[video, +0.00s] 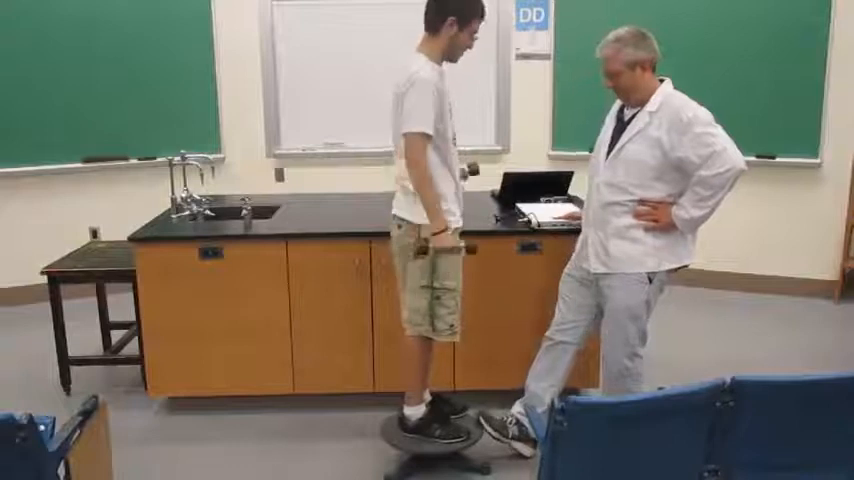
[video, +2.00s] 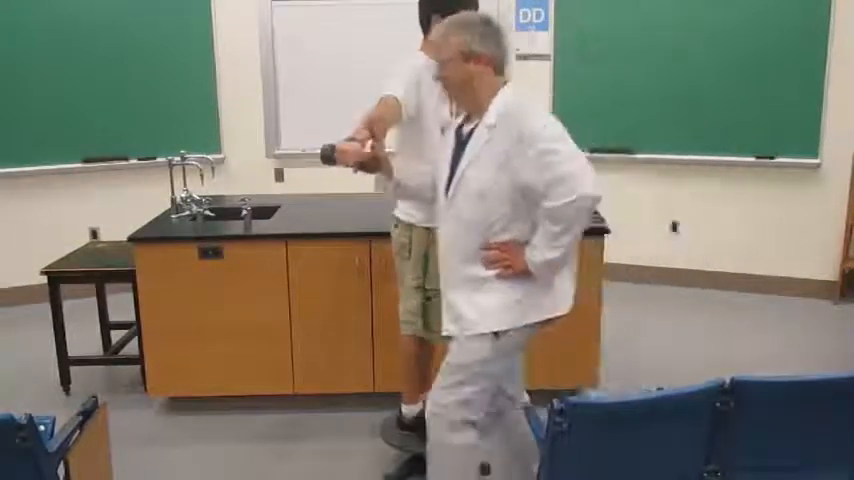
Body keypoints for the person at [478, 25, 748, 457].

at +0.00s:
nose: (607, 83)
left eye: (613, 74)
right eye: (605, 75)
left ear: (644, 67)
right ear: (630, 69)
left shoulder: (682, 113)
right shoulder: (621, 108)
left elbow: (726, 164)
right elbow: (616, 171)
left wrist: (680, 214)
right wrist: (596, 211)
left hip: (636, 258)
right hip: (593, 248)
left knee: (621, 359)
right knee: (562, 335)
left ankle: (618, 443)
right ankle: (529, 421)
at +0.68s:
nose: (609, 61)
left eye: (617, 53)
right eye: (606, 53)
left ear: (647, 54)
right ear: (605, 55)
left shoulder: (681, 104)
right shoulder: (595, 106)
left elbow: (732, 149)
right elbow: (566, 160)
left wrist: (687, 204)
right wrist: (542, 201)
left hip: (646, 250)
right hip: (596, 248)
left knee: (628, 348)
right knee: (594, 343)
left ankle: (635, 435)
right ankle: (600, 428)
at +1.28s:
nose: (606, 63)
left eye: (616, 55)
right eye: (604, 54)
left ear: (649, 58)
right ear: (601, 57)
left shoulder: (696, 115)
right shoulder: (584, 115)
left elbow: (753, 158)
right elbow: (535, 146)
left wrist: (703, 217)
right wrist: (482, 156)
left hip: (657, 281)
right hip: (590, 276)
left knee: (654, 390)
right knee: (586, 375)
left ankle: (652, 479)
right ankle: (602, 467)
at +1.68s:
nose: (539, 72)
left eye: (549, 62)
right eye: (538, 62)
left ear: (585, 65)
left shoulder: (633, 124)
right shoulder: (528, 127)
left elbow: (695, 177)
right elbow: (492, 170)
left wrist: (646, 241)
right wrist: (437, 161)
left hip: (605, 301)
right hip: (537, 299)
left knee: (618, 412)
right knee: (534, 407)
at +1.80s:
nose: (492, 73)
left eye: (500, 61)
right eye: (491, 62)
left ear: (538, 60)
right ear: (528, 62)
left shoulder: (584, 119)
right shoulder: (497, 121)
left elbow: (640, 178)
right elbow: (469, 179)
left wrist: (591, 245)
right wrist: (415, 164)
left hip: (554, 306)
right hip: (502, 302)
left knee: (538, 425)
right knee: (514, 420)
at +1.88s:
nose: (492, 73)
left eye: (500, 61)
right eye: (491, 62)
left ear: (538, 60)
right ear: (528, 62)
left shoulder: (584, 119)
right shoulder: (497, 121)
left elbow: (640, 178)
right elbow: (469, 179)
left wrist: (591, 245)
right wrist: (415, 164)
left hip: (550, 305)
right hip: (501, 300)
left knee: (535, 423)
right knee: (512, 417)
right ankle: (525, 476)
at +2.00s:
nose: (436, 76)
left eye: (442, 64)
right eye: (436, 65)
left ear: (479, 63)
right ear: (475, 64)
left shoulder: (525, 121)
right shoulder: (463, 126)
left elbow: (577, 190)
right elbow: (442, 190)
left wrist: (537, 256)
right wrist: (384, 167)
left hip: (507, 303)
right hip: (470, 300)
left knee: (448, 410)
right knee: (501, 409)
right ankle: (529, 475)